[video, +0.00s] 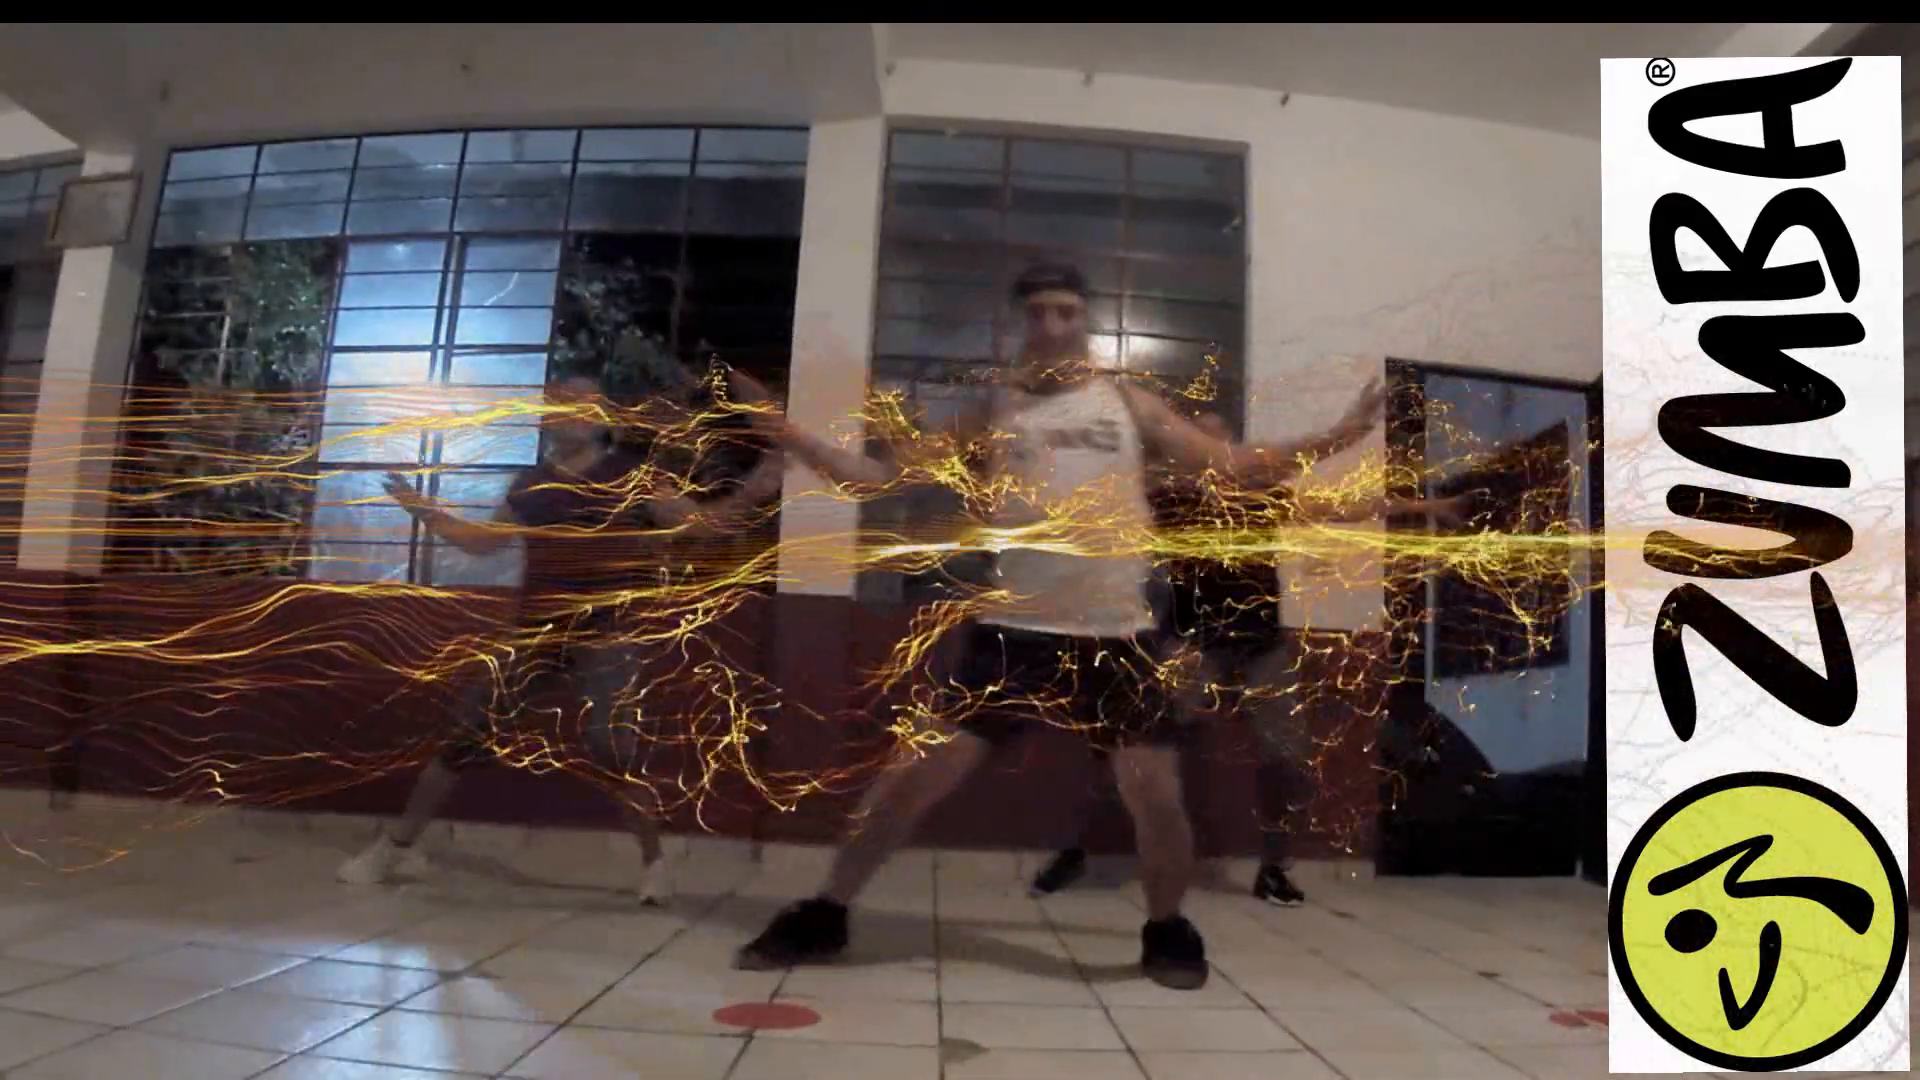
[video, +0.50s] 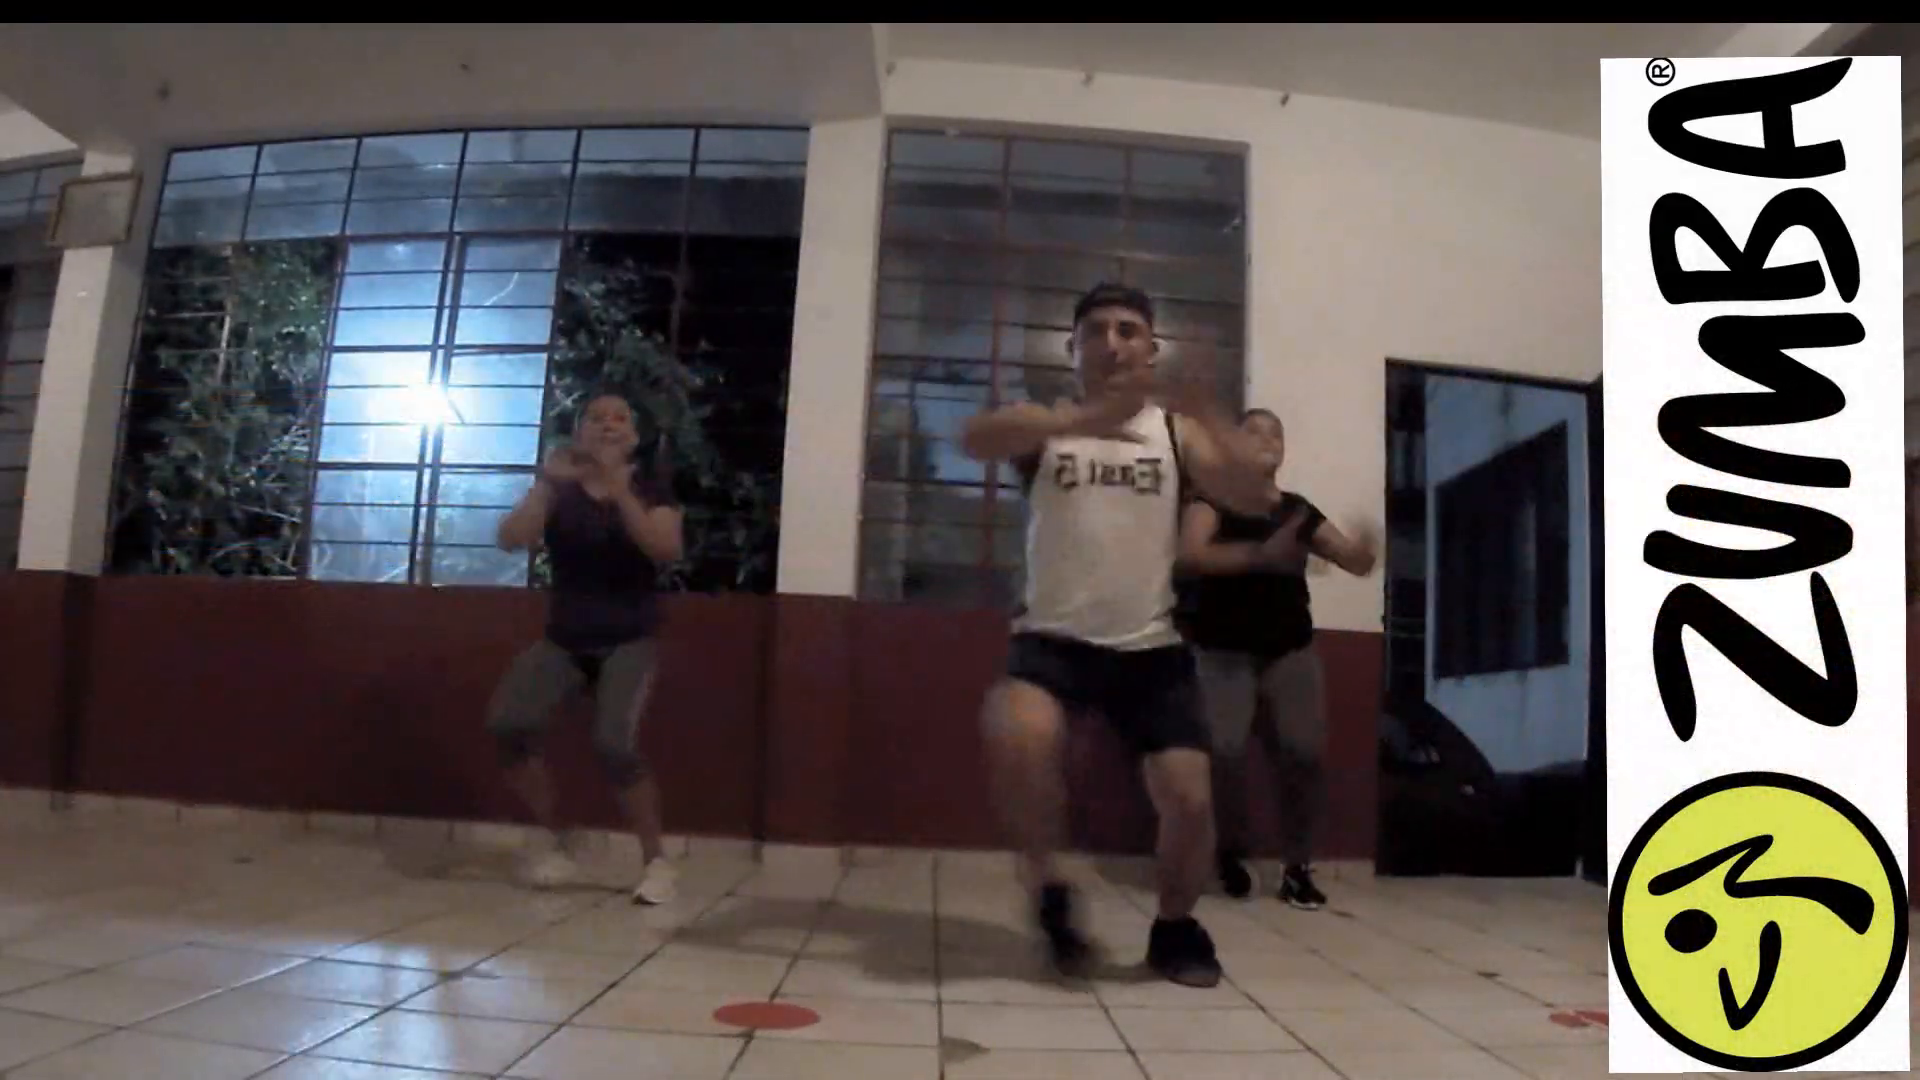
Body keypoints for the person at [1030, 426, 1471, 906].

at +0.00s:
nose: (1210, 452)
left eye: (1218, 442)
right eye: (1197, 441)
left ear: (1237, 447)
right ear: (1179, 447)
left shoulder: (1261, 494)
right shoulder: (1168, 496)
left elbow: (1337, 509)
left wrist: (1423, 510)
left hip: (1261, 638)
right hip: (1191, 636)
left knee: (1283, 754)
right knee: (1147, 742)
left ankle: (1273, 867)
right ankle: (1078, 846)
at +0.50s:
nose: (1267, 443)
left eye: (1274, 436)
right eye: (1255, 434)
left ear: (1283, 449)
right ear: (1233, 444)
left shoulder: (1295, 511)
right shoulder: (1210, 502)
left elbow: (1356, 562)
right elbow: (1192, 555)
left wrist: (1363, 543)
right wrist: (1262, 554)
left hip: (1288, 648)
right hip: (1223, 648)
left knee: (1304, 753)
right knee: (1226, 754)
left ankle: (1297, 866)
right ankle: (1229, 855)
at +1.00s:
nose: (1169, 436)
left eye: (1178, 430)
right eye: (1160, 427)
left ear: (1189, 446)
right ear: (1141, 438)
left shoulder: (1192, 505)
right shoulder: (1109, 485)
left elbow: (1261, 537)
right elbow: (1054, 472)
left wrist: (1337, 537)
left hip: (1175, 638)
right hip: (1106, 637)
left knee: (1218, 741)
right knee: (1090, 747)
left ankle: (1254, 865)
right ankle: (1061, 858)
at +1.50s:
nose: (1150, 431)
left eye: (1157, 422)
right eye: (1138, 424)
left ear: (1169, 433)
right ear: (1118, 437)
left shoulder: (1191, 494)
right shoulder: (1098, 497)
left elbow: (1242, 529)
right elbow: (1070, 565)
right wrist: (1070, 616)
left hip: (1172, 640)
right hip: (1106, 638)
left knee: (1208, 732)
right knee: (1097, 742)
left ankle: (1162, 834)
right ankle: (1087, 851)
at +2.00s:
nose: (1202, 402)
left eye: (1211, 398)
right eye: (1191, 398)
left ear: (1227, 415)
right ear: (1171, 416)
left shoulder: (1251, 464)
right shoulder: (1157, 475)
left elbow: (1297, 385)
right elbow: (1108, 466)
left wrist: (1321, 301)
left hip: (1253, 620)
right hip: (1176, 620)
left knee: (1284, 737)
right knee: (1118, 716)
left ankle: (1290, 885)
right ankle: (1120, 858)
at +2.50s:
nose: (1157, 409)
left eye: (1165, 403)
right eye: (1144, 403)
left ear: (1177, 421)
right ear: (1121, 419)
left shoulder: (1187, 487)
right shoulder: (1104, 462)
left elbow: (1186, 555)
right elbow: (1072, 381)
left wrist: (1195, 607)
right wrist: (1098, 307)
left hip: (1188, 618)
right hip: (1117, 621)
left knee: (1236, 729)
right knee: (1101, 739)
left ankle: (1214, 830)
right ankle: (1072, 875)